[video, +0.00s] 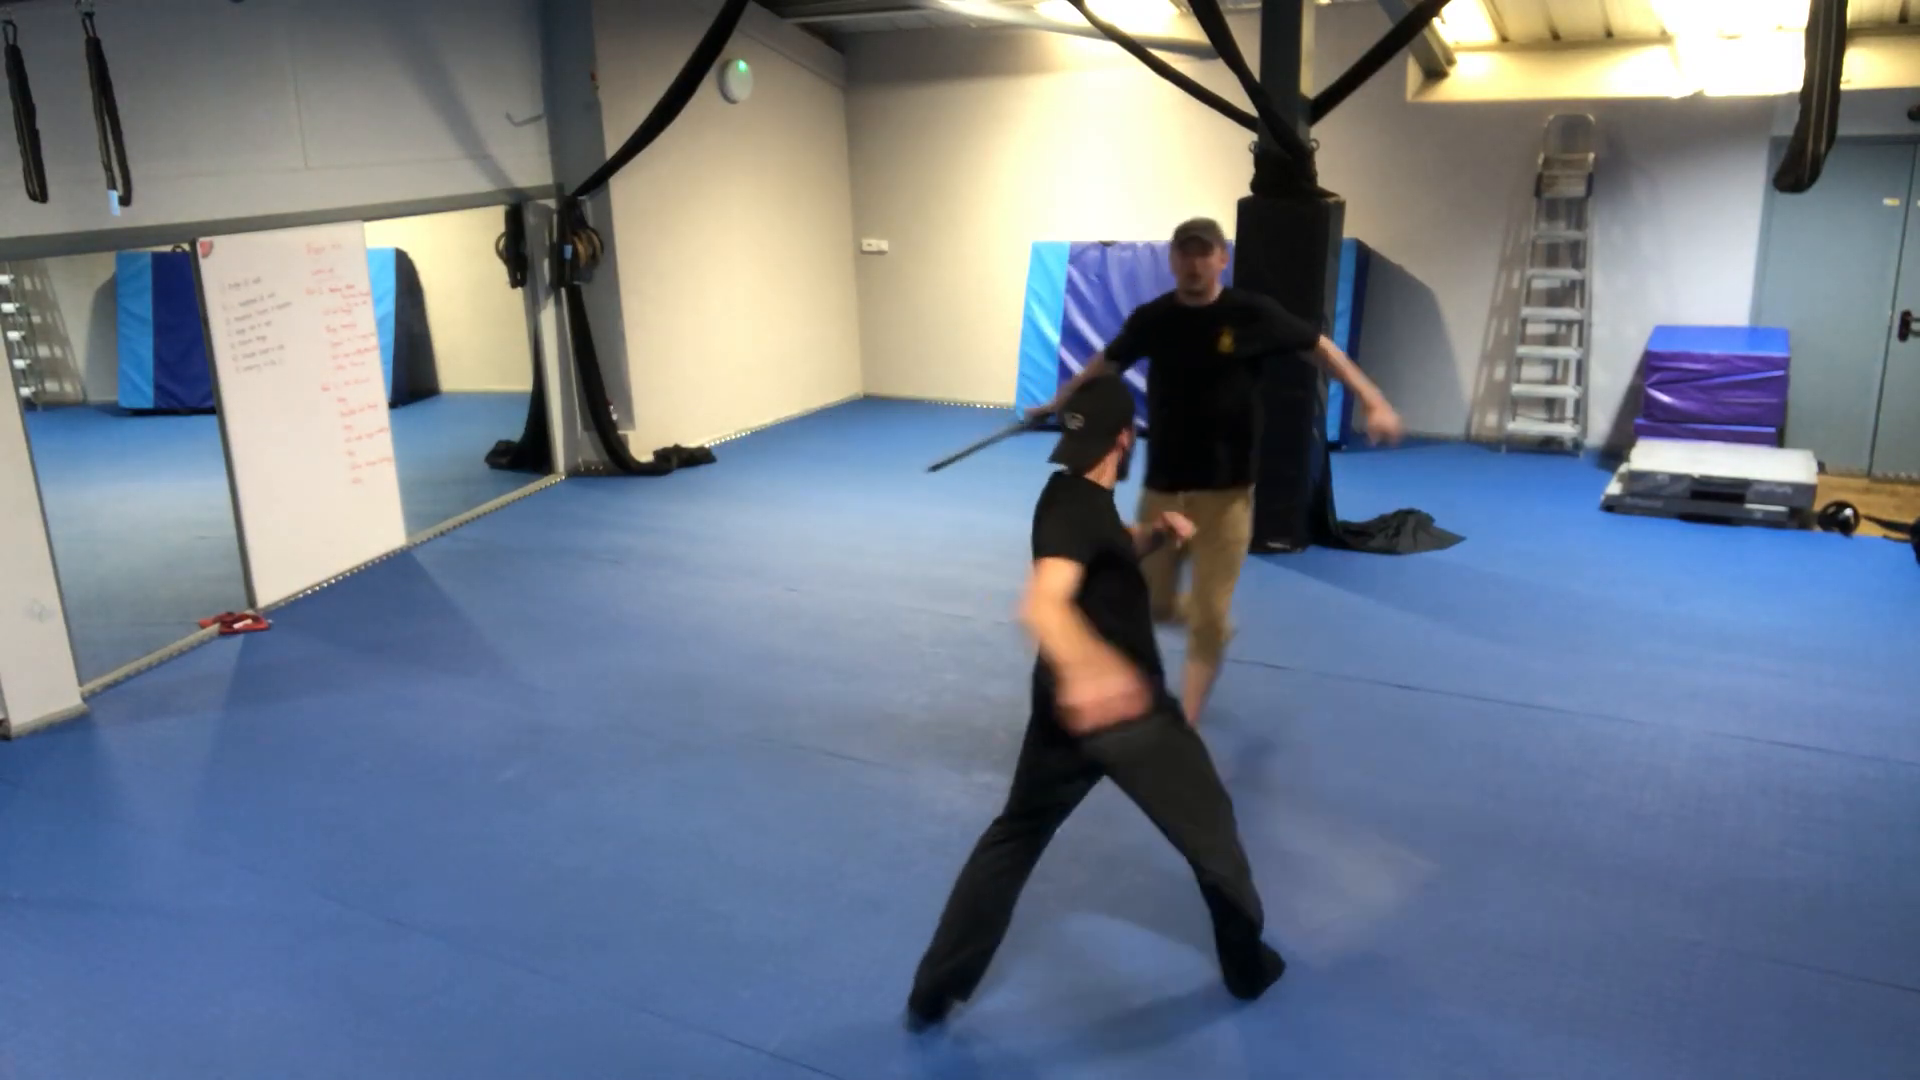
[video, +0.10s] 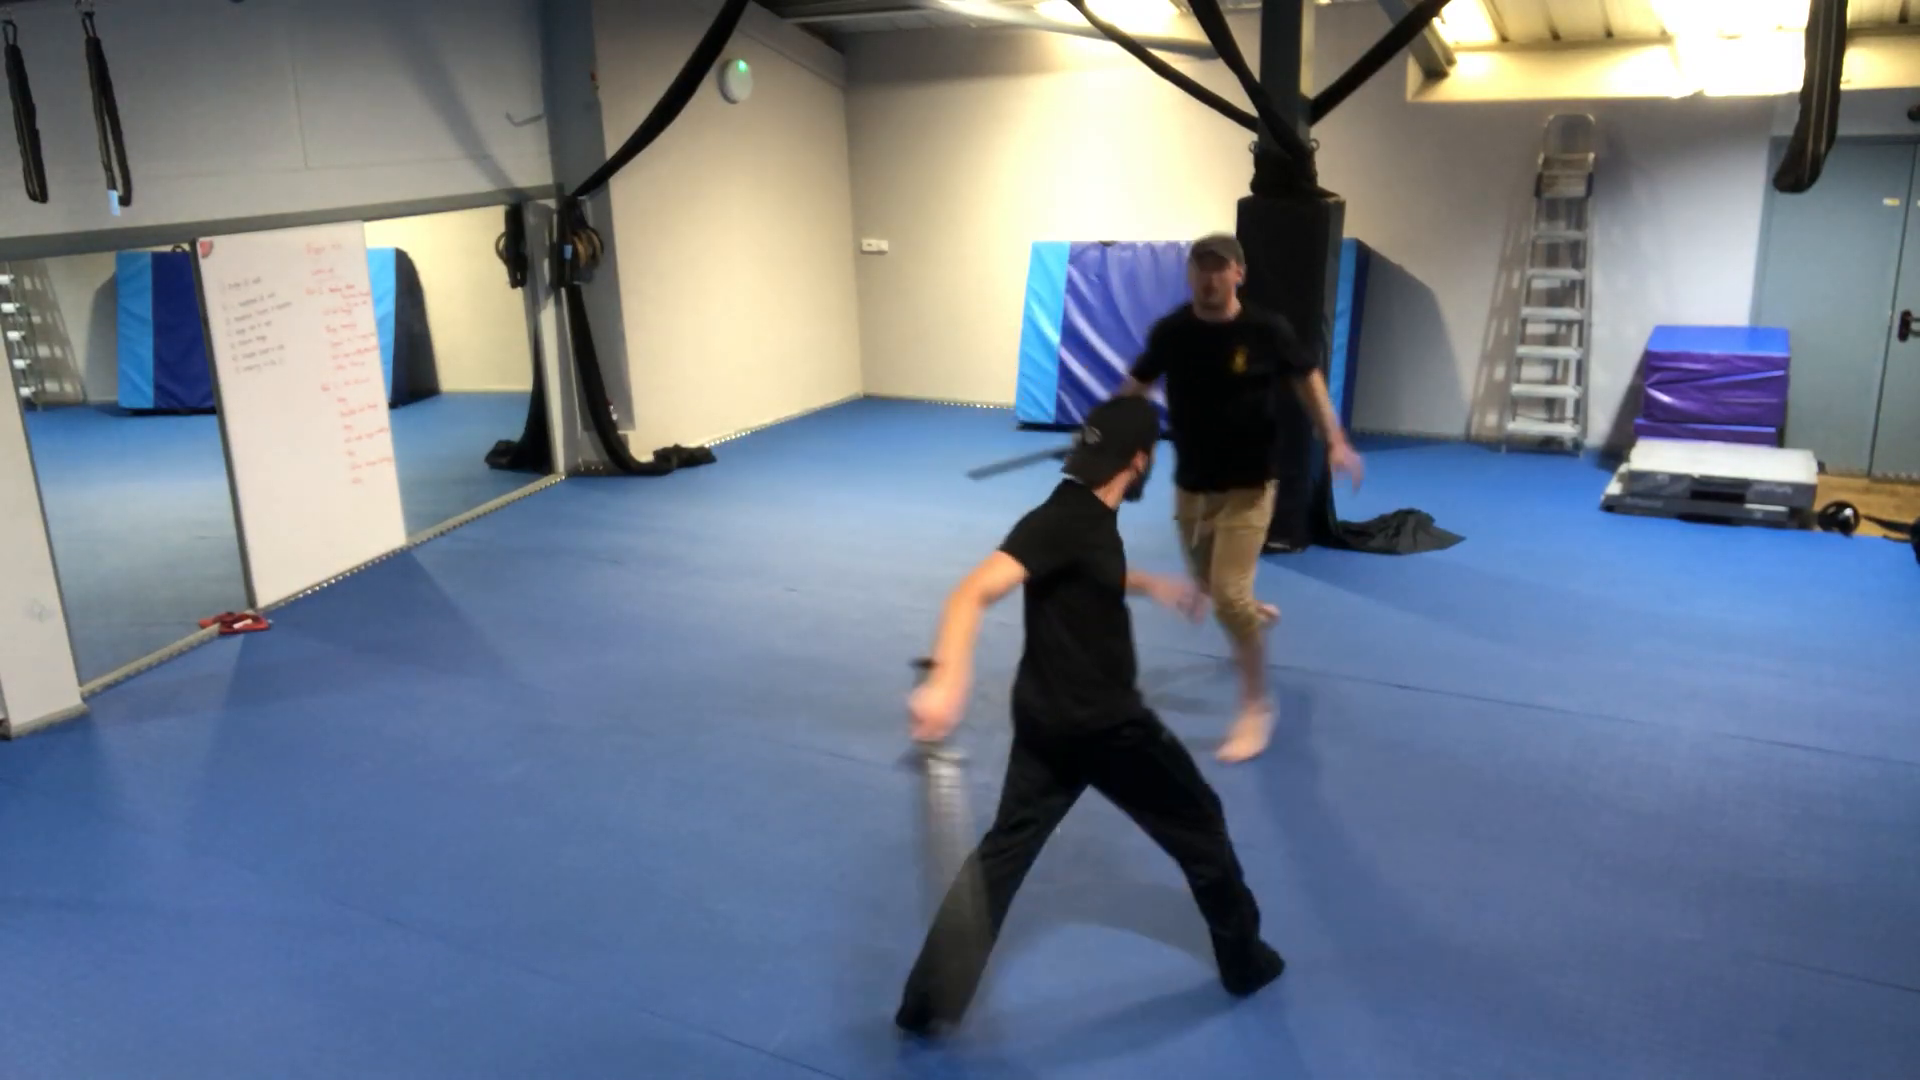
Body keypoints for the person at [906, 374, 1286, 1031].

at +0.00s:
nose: (1131, 441)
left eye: (1127, 430)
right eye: (1129, 432)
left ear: (1070, 434)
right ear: (1119, 442)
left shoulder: (1068, 495)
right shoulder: (1081, 506)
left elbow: (1102, 555)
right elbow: (1042, 604)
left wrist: (1151, 535)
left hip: (1068, 703)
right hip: (1125, 700)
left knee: (1015, 834)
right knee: (1209, 829)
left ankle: (934, 991)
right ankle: (1247, 966)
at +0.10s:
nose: (1150, 466)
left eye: (1150, 455)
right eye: (1149, 455)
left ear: (1093, 449)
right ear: (1133, 460)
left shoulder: (1084, 514)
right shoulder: (1071, 518)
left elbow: (1097, 572)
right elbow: (971, 593)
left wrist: (1156, 585)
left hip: (1049, 719)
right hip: (1103, 721)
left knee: (1005, 851)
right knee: (1197, 820)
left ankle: (927, 1002)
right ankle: (1243, 960)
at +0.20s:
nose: (1158, 481)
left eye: (1157, 470)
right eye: (1158, 471)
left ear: (1102, 463)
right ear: (1142, 477)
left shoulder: (1087, 530)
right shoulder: (1062, 528)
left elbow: (1068, 609)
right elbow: (952, 591)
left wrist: (1126, 640)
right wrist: (910, 682)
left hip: (1036, 725)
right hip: (1085, 727)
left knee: (1005, 860)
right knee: (1189, 820)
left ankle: (926, 1010)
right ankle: (1241, 957)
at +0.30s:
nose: (1162, 487)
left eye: (1162, 476)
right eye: (1162, 477)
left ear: (1107, 468)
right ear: (1147, 483)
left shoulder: (1090, 532)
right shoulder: (1068, 531)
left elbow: (1071, 617)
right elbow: (966, 601)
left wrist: (1118, 666)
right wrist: (935, 704)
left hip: (1032, 725)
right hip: (1078, 728)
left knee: (1012, 855)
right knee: (1187, 814)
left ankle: (926, 1003)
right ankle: (1232, 954)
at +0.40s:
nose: (1165, 478)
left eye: (1164, 468)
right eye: (1165, 468)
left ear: (1109, 462)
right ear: (1151, 475)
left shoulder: (1100, 524)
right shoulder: (1085, 524)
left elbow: (1086, 613)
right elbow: (1005, 613)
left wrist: (1141, 656)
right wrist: (1006, 718)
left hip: (1048, 724)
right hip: (1091, 725)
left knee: (1006, 858)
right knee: (1191, 814)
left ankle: (926, 1002)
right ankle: (1223, 954)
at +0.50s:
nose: (1176, 461)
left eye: (1173, 452)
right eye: (1176, 453)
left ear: (1116, 448)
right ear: (1165, 459)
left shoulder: (1105, 505)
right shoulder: (1112, 512)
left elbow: (1116, 595)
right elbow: (1069, 603)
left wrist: (1167, 637)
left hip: (1055, 704)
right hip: (1109, 704)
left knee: (1018, 840)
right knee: (1195, 812)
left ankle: (935, 992)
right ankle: (1219, 951)